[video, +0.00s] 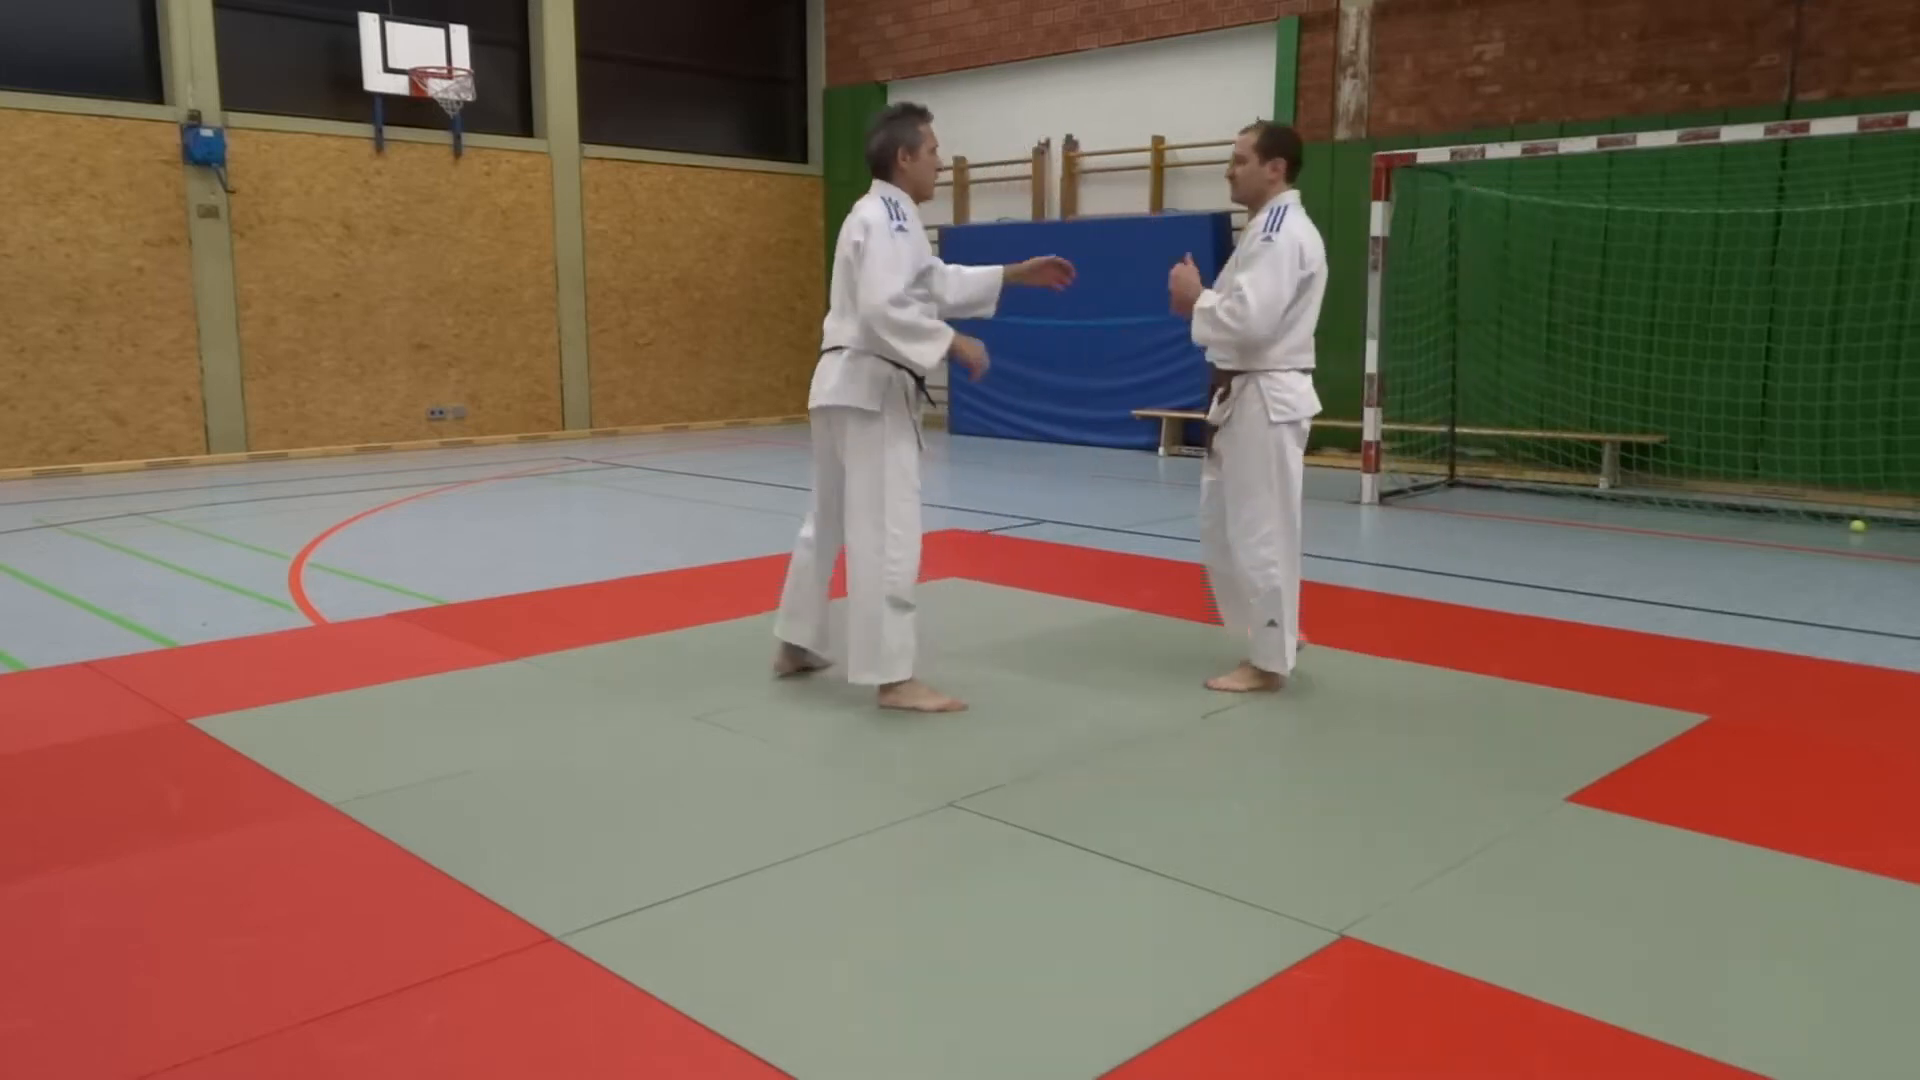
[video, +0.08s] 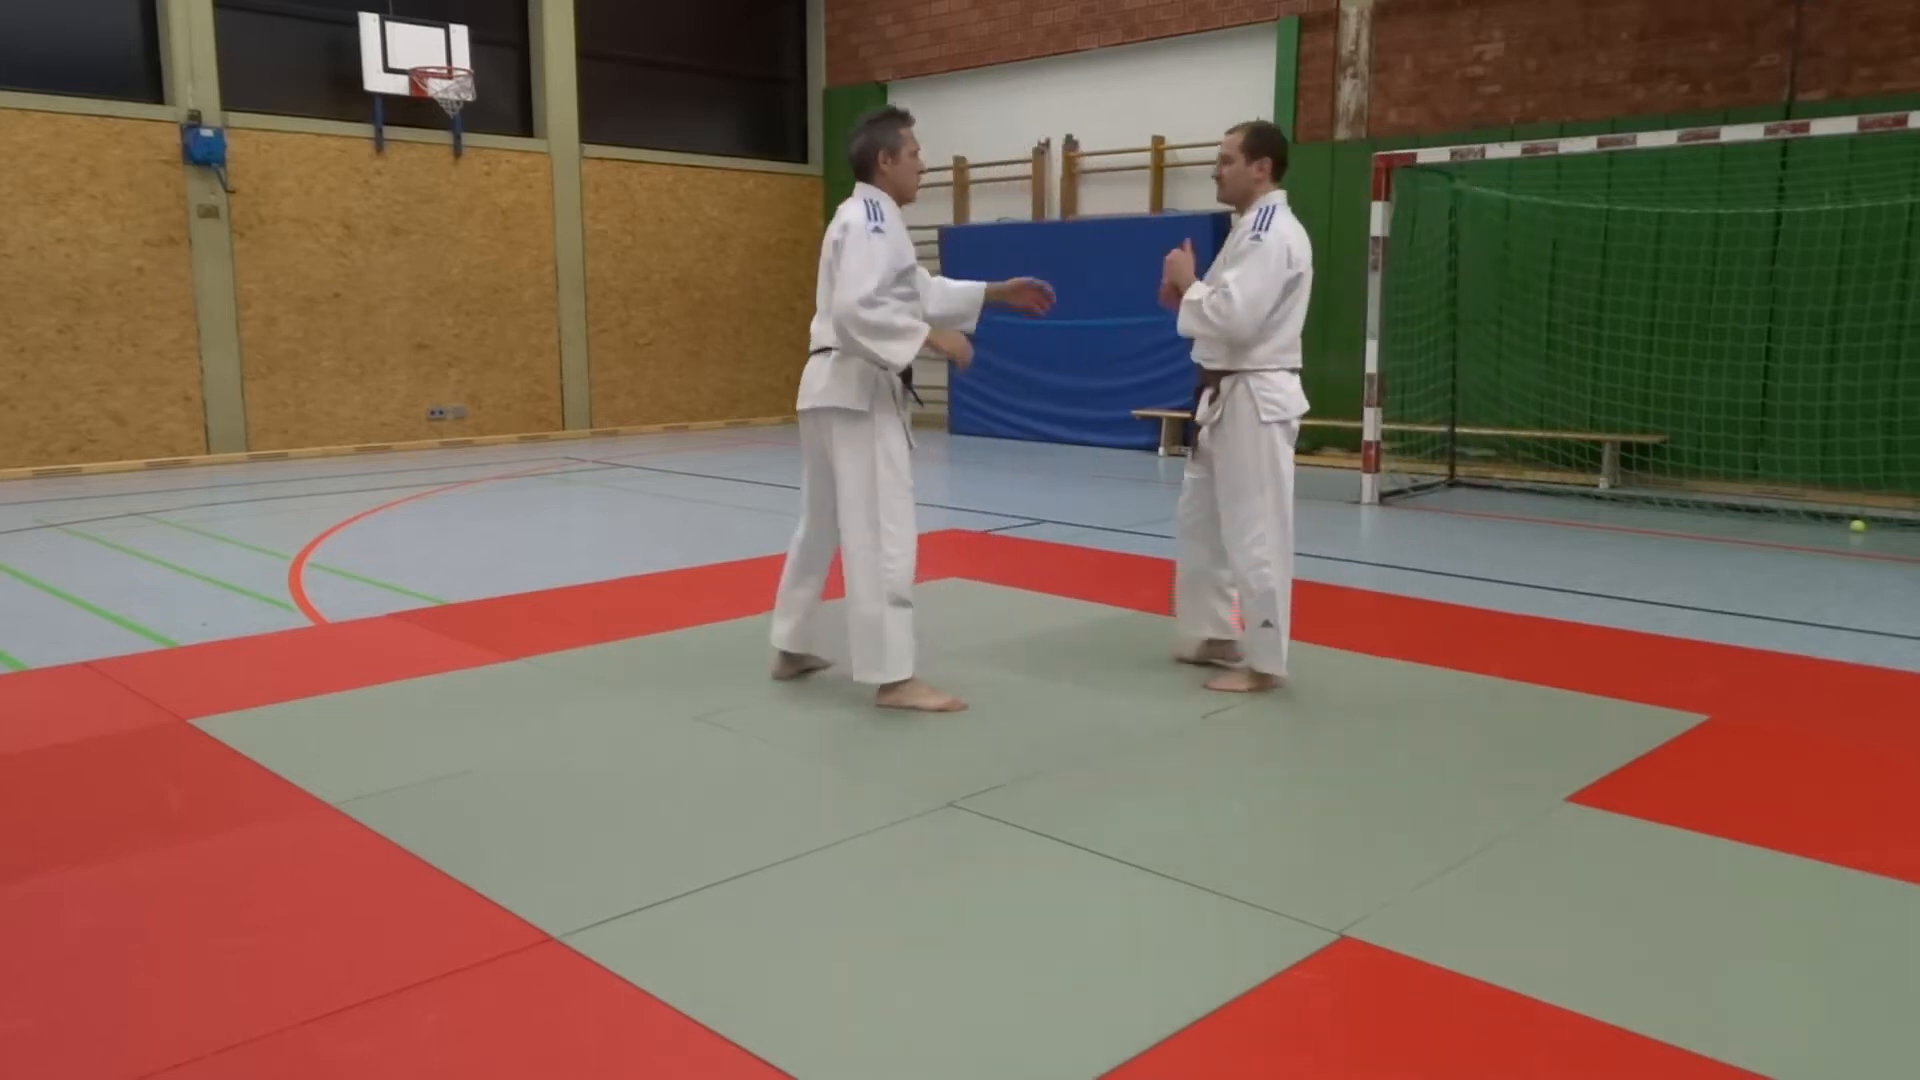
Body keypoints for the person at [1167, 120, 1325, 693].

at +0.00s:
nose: (1230, 171)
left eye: (1240, 162)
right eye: (1232, 161)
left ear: (1275, 169)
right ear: (1268, 170)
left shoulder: (1284, 233)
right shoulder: (1265, 228)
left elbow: (1252, 323)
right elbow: (1246, 310)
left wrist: (1197, 301)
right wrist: (1202, 300)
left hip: (1269, 395)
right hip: (1244, 392)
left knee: (1259, 529)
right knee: (1222, 526)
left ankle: (1269, 663)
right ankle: (1273, 635)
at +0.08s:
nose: (1217, 172)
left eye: (1227, 162)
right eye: (1218, 162)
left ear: (1262, 168)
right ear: (1254, 170)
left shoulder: (1273, 232)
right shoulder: (1248, 229)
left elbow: (1236, 320)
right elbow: (1228, 312)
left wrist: (1190, 285)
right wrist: (1189, 294)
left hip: (1257, 394)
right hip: (1226, 391)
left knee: (1256, 531)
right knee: (1201, 520)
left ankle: (1264, 664)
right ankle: (1218, 639)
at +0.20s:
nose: (1194, 175)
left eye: (1204, 164)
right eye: (1195, 165)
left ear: (1239, 171)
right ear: (1232, 173)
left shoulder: (1256, 235)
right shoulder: (1223, 233)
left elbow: (1217, 316)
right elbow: (1211, 314)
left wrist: (1174, 278)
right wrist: (1170, 298)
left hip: (1238, 396)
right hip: (1202, 394)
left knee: (1244, 534)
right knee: (1180, 522)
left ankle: (1265, 667)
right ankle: (1152, 637)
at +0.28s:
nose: (1178, 177)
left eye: (1187, 167)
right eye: (1178, 168)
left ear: (1223, 172)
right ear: (1210, 174)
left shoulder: (1244, 237)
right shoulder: (1201, 238)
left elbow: (1208, 315)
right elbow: (1193, 319)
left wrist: (1167, 276)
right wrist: (1155, 301)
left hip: (1224, 395)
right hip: (1184, 393)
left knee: (1233, 534)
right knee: (1166, 521)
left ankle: (1263, 666)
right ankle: (1143, 639)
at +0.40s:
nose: (1153, 175)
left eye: (1162, 165)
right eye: (1153, 166)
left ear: (1197, 169)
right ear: (1185, 171)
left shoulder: (1226, 233)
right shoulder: (1176, 237)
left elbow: (1196, 313)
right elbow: (1168, 322)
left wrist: (1149, 277)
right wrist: (1130, 302)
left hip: (1202, 393)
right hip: (1157, 392)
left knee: (1211, 528)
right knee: (1145, 520)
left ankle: (1256, 658)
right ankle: (1142, 639)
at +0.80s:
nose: (1075, 185)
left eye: (1083, 173)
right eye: (1074, 175)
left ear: (1119, 174)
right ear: (1114, 177)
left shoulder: (1144, 226)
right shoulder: (1113, 232)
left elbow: (1089, 291)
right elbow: (1085, 317)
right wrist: (1068, 263)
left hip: (1147, 390)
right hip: (1128, 388)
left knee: (1107, 519)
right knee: (1132, 516)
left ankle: (1103, 655)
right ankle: (1140, 636)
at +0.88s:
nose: (1063, 183)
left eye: (1071, 173)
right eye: (1064, 173)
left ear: (1104, 176)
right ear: (1106, 180)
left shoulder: (1110, 225)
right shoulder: (1123, 226)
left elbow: (1027, 262)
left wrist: (920, 274)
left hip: (1140, 393)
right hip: (1149, 389)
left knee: (1108, 521)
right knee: (1139, 516)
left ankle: (1100, 657)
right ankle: (1140, 635)